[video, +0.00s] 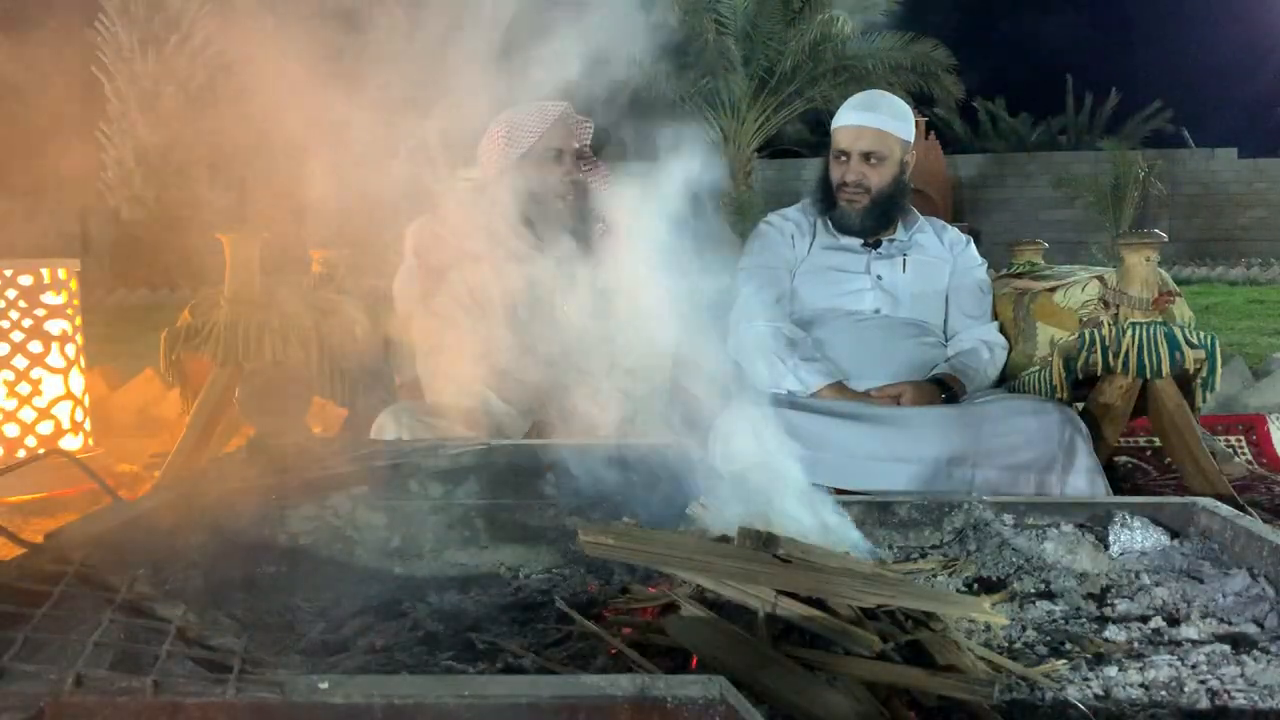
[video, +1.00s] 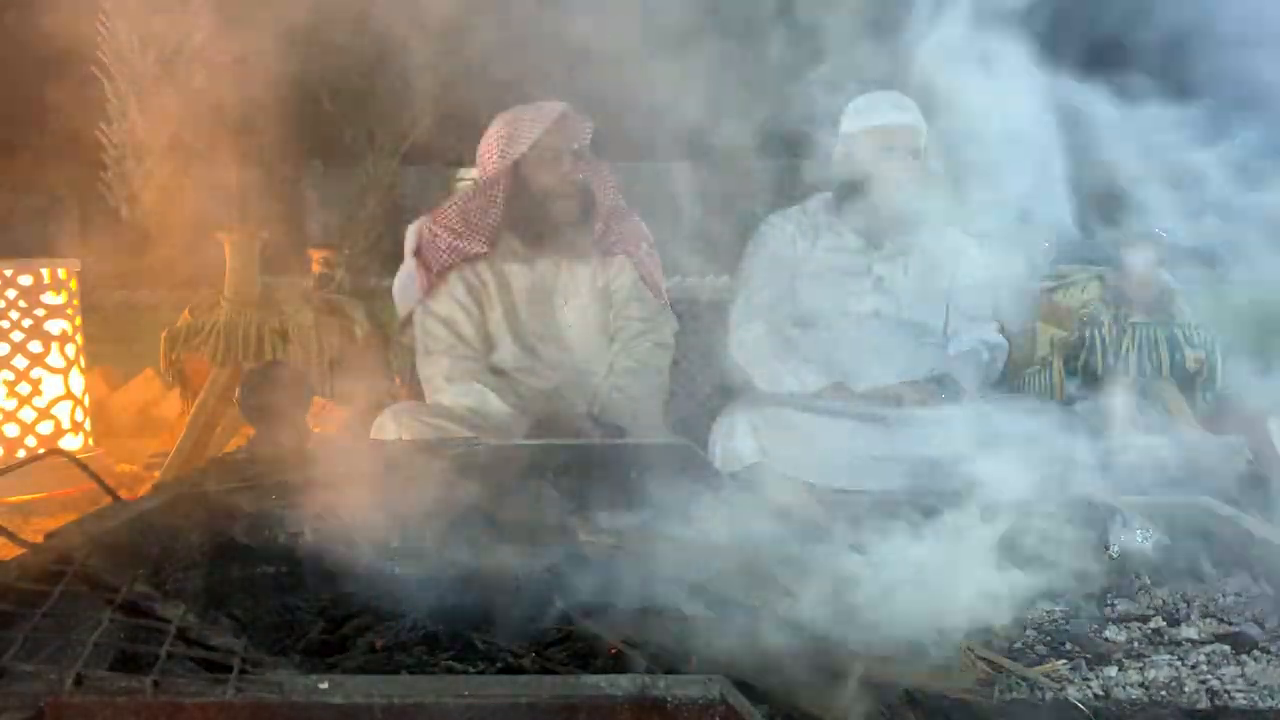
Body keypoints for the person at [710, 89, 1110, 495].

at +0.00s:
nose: (850, 174)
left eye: (871, 160)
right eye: (840, 157)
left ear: (906, 167)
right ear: (827, 159)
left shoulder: (952, 247)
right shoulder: (785, 232)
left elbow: (981, 342)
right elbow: (755, 333)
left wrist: (940, 388)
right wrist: (839, 397)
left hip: (935, 419)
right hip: (823, 417)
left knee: (1054, 427)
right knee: (746, 433)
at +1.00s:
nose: (905, 170)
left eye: (913, 155)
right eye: (887, 154)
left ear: (926, 163)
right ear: (849, 161)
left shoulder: (953, 248)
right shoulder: (787, 236)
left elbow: (982, 337)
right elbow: (750, 337)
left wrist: (940, 389)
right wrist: (824, 392)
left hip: (920, 417)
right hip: (812, 416)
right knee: (740, 429)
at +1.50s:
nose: (899, 173)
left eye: (911, 159)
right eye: (883, 156)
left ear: (923, 165)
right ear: (842, 156)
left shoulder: (953, 250)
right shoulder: (787, 234)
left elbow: (981, 340)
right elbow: (753, 332)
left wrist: (940, 388)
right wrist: (829, 394)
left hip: (930, 423)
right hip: (821, 420)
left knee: (1051, 424)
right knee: (740, 430)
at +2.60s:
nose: (890, 179)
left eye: (905, 166)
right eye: (877, 161)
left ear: (920, 170)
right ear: (844, 157)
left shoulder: (953, 250)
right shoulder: (785, 236)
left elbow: (981, 341)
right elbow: (754, 332)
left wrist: (937, 390)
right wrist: (831, 396)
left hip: (932, 417)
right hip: (823, 412)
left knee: (1056, 425)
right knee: (742, 425)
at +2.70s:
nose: (889, 180)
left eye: (904, 165)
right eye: (875, 161)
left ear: (919, 171)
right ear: (843, 158)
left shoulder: (953, 249)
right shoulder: (786, 235)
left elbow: (980, 342)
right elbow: (754, 332)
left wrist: (939, 387)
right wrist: (823, 390)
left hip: (934, 415)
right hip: (826, 414)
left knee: (1058, 429)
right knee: (741, 426)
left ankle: (1084, 575)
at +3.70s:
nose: (893, 185)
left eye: (906, 168)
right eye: (877, 167)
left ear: (921, 167)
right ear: (843, 159)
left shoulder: (951, 248)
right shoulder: (786, 234)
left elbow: (981, 340)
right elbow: (755, 331)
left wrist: (939, 387)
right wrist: (834, 395)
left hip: (940, 418)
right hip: (828, 416)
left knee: (1055, 427)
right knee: (742, 426)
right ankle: (846, 568)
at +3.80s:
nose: (892, 186)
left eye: (906, 169)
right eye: (876, 167)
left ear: (921, 169)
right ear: (842, 159)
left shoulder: (952, 249)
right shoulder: (786, 234)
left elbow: (980, 341)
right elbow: (756, 331)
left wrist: (940, 387)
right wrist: (836, 396)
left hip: (939, 417)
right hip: (827, 416)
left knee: (1054, 427)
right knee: (742, 426)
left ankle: (1085, 581)